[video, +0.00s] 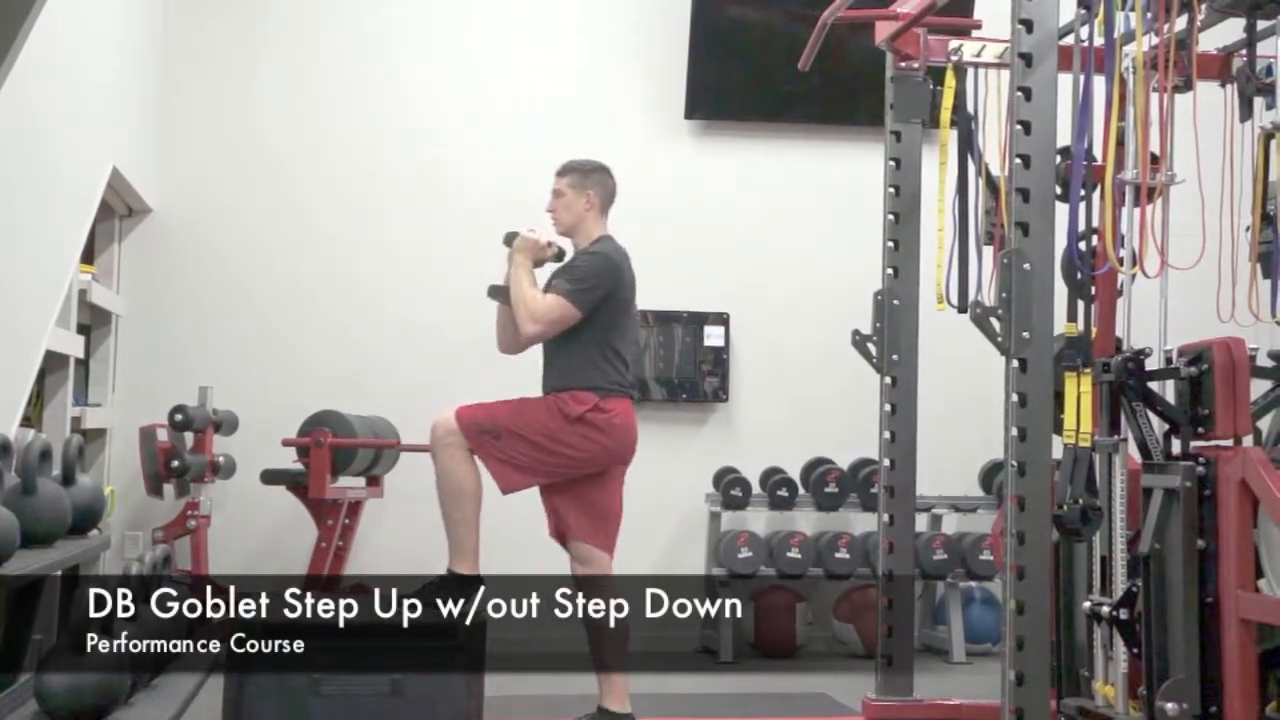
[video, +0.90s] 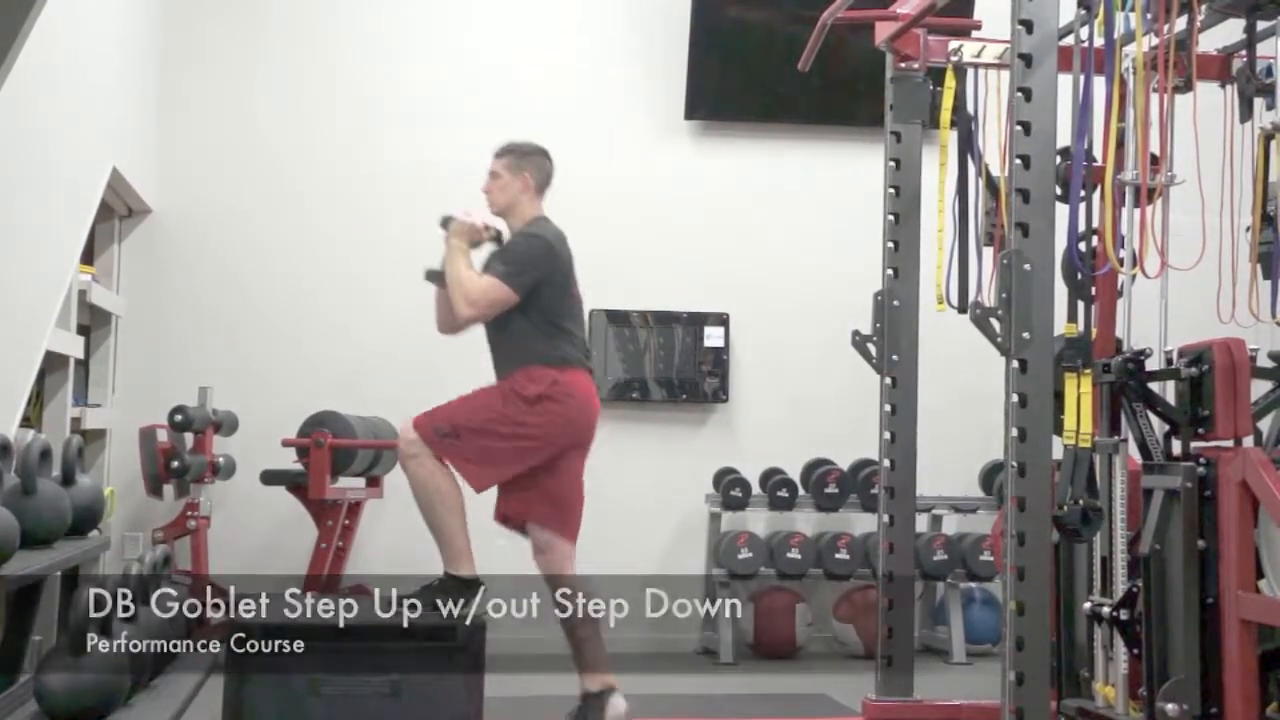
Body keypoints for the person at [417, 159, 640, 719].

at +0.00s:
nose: (549, 205)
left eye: (558, 195)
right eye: (551, 195)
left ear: (590, 200)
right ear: (586, 201)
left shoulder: (604, 260)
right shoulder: (581, 265)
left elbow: (533, 323)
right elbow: (511, 340)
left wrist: (521, 261)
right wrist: (514, 274)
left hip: (590, 414)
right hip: (596, 419)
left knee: (450, 431)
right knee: (591, 562)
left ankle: (463, 577)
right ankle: (616, 706)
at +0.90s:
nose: (485, 186)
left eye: (495, 176)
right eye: (488, 176)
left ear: (527, 182)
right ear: (523, 182)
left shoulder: (540, 241)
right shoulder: (520, 246)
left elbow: (470, 304)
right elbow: (448, 321)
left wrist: (457, 243)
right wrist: (454, 255)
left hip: (548, 394)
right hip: (567, 400)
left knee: (417, 443)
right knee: (553, 552)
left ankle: (460, 579)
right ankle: (600, 691)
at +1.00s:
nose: (468, 150)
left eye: (477, 140)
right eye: (470, 140)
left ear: (509, 144)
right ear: (508, 144)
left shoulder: (522, 203)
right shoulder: (505, 209)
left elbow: (455, 263)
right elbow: (433, 286)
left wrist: (443, 202)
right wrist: (439, 219)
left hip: (537, 358)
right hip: (559, 363)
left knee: (420, 438)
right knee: (529, 517)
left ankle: (461, 580)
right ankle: (569, 648)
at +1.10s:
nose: (461, 112)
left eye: (470, 102)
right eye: (463, 102)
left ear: (503, 106)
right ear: (501, 106)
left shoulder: (517, 165)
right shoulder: (501, 171)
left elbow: (449, 232)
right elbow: (431, 252)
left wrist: (435, 165)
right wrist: (431, 183)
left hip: (531, 321)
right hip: (536, 324)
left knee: (431, 437)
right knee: (469, 468)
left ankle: (462, 581)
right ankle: (542, 588)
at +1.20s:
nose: (461, 80)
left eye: (470, 70)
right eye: (463, 70)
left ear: (502, 74)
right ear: (499, 75)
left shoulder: (517, 134)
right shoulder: (495, 141)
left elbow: (449, 200)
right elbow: (437, 225)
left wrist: (435, 138)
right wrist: (430, 164)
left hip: (529, 296)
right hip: (505, 295)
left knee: (451, 426)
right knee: (414, 400)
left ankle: (466, 578)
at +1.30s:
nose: (463, 65)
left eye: (472, 54)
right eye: (465, 55)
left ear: (505, 55)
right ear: (504, 56)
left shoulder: (517, 112)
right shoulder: (498, 119)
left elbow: (449, 181)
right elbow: (439, 209)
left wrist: (436, 118)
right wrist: (438, 141)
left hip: (518, 285)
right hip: (480, 281)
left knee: (468, 431)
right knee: (379, 321)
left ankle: (467, 580)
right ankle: (446, 433)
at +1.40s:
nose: (464, 60)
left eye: (472, 49)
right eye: (466, 49)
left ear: (504, 50)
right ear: (504, 52)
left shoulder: (518, 109)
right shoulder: (494, 114)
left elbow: (445, 171)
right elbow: (435, 202)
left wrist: (435, 109)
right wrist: (436, 130)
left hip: (510, 282)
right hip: (477, 268)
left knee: (469, 434)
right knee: (373, 241)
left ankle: (466, 579)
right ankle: (398, 370)